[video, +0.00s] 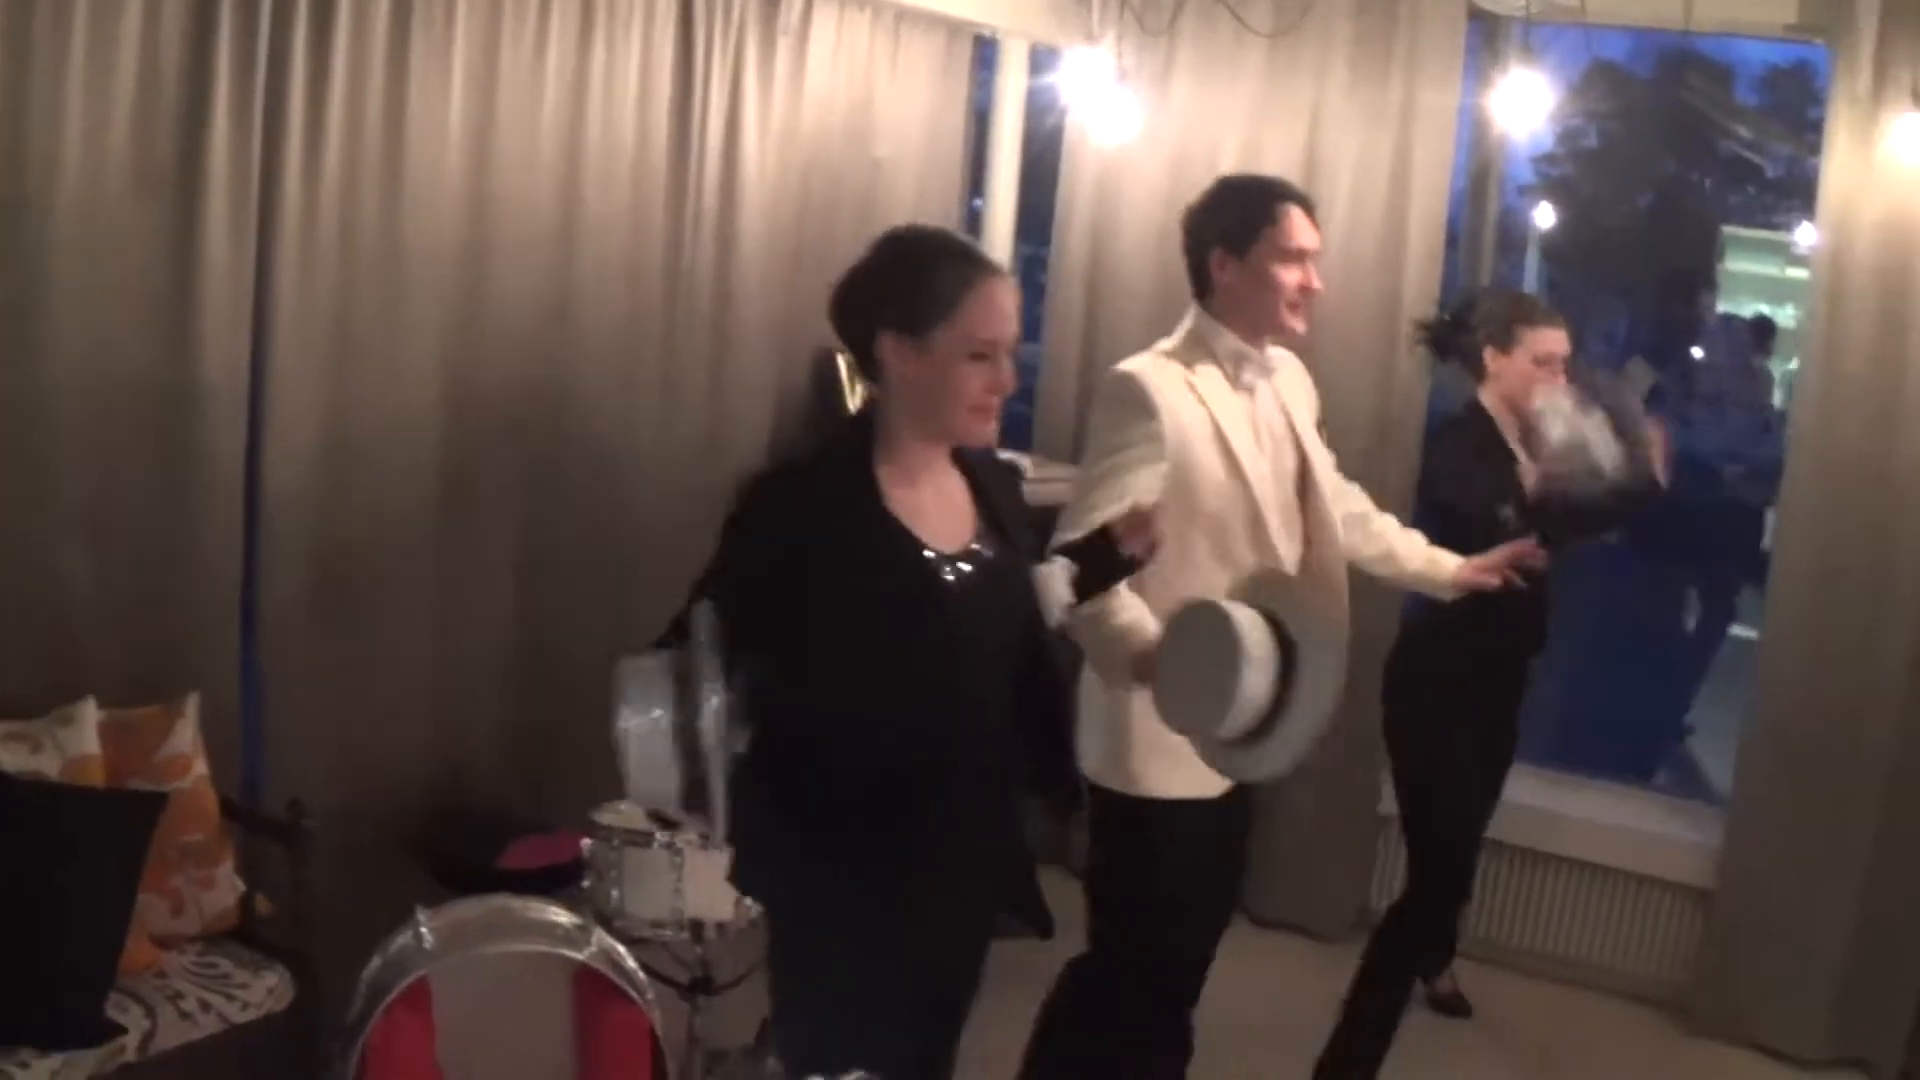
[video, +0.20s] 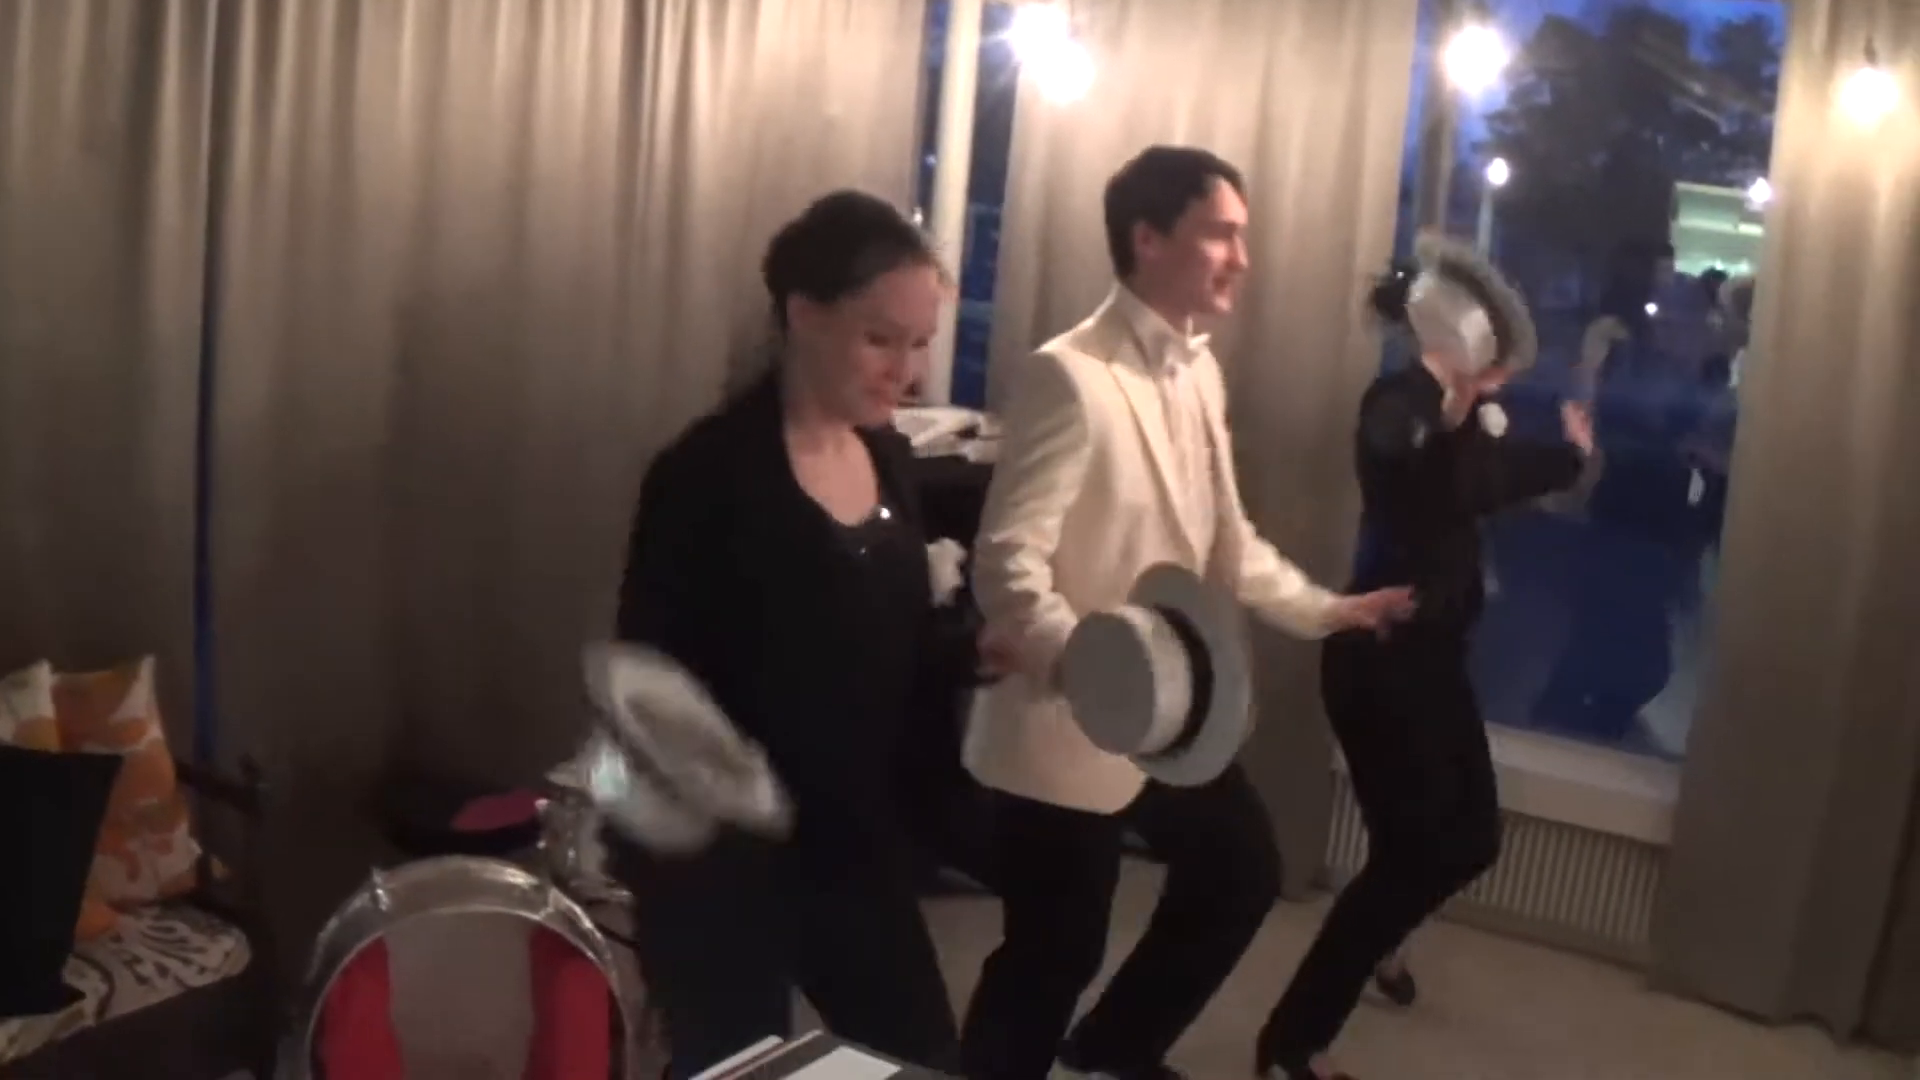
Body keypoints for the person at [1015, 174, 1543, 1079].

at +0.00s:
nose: (1312, 281)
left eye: (1315, 261)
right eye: (1292, 260)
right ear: (1221, 266)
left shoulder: (1285, 378)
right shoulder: (1149, 388)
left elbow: (1336, 511)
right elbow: (1088, 572)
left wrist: (1453, 571)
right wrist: (1163, 658)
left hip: (1230, 737)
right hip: (1147, 748)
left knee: (1176, 970)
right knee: (1131, 972)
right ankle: (1062, 1072)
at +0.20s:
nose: (1239, 258)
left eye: (1242, 237)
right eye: (1218, 235)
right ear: (1144, 242)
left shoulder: (1194, 372)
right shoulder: (1069, 375)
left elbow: (1223, 541)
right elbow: (1008, 555)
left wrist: (1329, 610)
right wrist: (1078, 651)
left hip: (1160, 716)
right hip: (1056, 728)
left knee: (1239, 871)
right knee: (1051, 951)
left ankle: (1114, 1054)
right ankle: (995, 1070)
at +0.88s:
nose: (1220, 211)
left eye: (1223, 190)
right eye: (1203, 187)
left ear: (1159, 192)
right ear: (1129, 184)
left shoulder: (1131, 310)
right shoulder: (1054, 291)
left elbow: (1138, 508)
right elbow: (970, 440)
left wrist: (1267, 576)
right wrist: (1077, 506)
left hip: (1092, 642)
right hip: (1014, 651)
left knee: (1210, 806)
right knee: (1013, 910)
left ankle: (1073, 1012)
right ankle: (982, 1053)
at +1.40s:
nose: (1219, 209)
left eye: (1222, 187)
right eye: (1199, 187)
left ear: (1149, 193)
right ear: (1121, 189)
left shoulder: (1168, 289)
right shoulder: (1045, 326)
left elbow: (1203, 410)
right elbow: (985, 506)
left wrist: (1303, 442)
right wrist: (1052, 640)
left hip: (1129, 634)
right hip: (1050, 646)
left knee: (1107, 840)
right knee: (1082, 846)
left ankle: (1031, 1031)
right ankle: (973, 1024)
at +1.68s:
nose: (1214, 186)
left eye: (1218, 164)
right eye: (1197, 161)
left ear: (1140, 165)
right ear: (1119, 160)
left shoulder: (1142, 284)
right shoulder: (1032, 308)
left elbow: (1176, 432)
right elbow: (995, 520)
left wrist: (1285, 448)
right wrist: (1092, 661)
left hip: (1126, 666)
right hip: (1041, 675)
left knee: (1133, 851)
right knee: (1028, 870)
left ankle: (1046, 1030)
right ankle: (959, 1039)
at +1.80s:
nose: (1230, 193)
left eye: (1233, 172)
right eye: (1211, 169)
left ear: (1166, 181)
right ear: (1133, 170)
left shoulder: (1141, 300)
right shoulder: (1054, 301)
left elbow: (1121, 494)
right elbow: (1020, 509)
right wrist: (1146, 617)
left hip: (1101, 653)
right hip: (1013, 659)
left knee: (1198, 831)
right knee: (978, 891)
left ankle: (1043, 1033)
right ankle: (923, 1056)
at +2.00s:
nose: (1245, 209)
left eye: (1249, 186)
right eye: (1227, 183)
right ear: (1151, 179)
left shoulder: (1144, 303)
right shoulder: (1099, 308)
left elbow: (1128, 513)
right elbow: (1101, 522)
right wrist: (1274, 542)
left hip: (1100, 681)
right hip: (1011, 688)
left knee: (1168, 908)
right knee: (953, 942)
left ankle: (1064, 1073)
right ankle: (909, 1071)